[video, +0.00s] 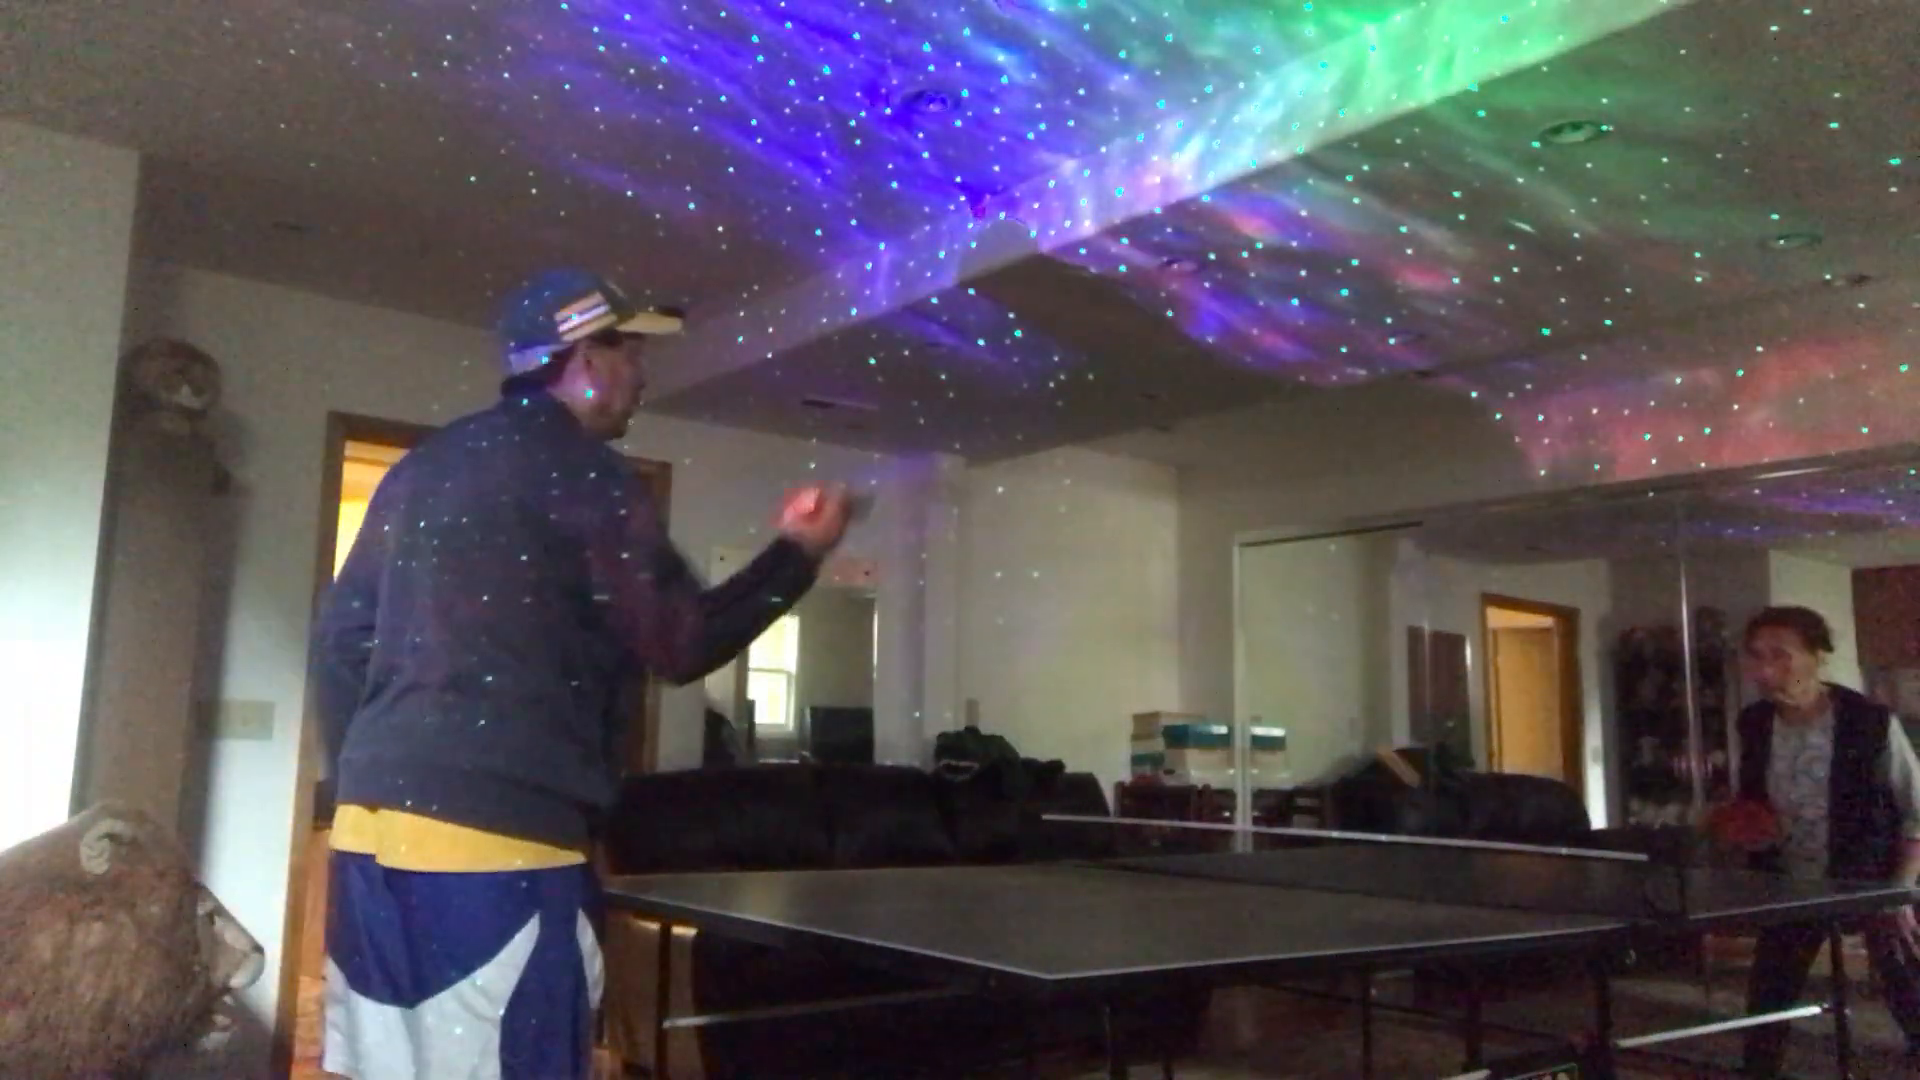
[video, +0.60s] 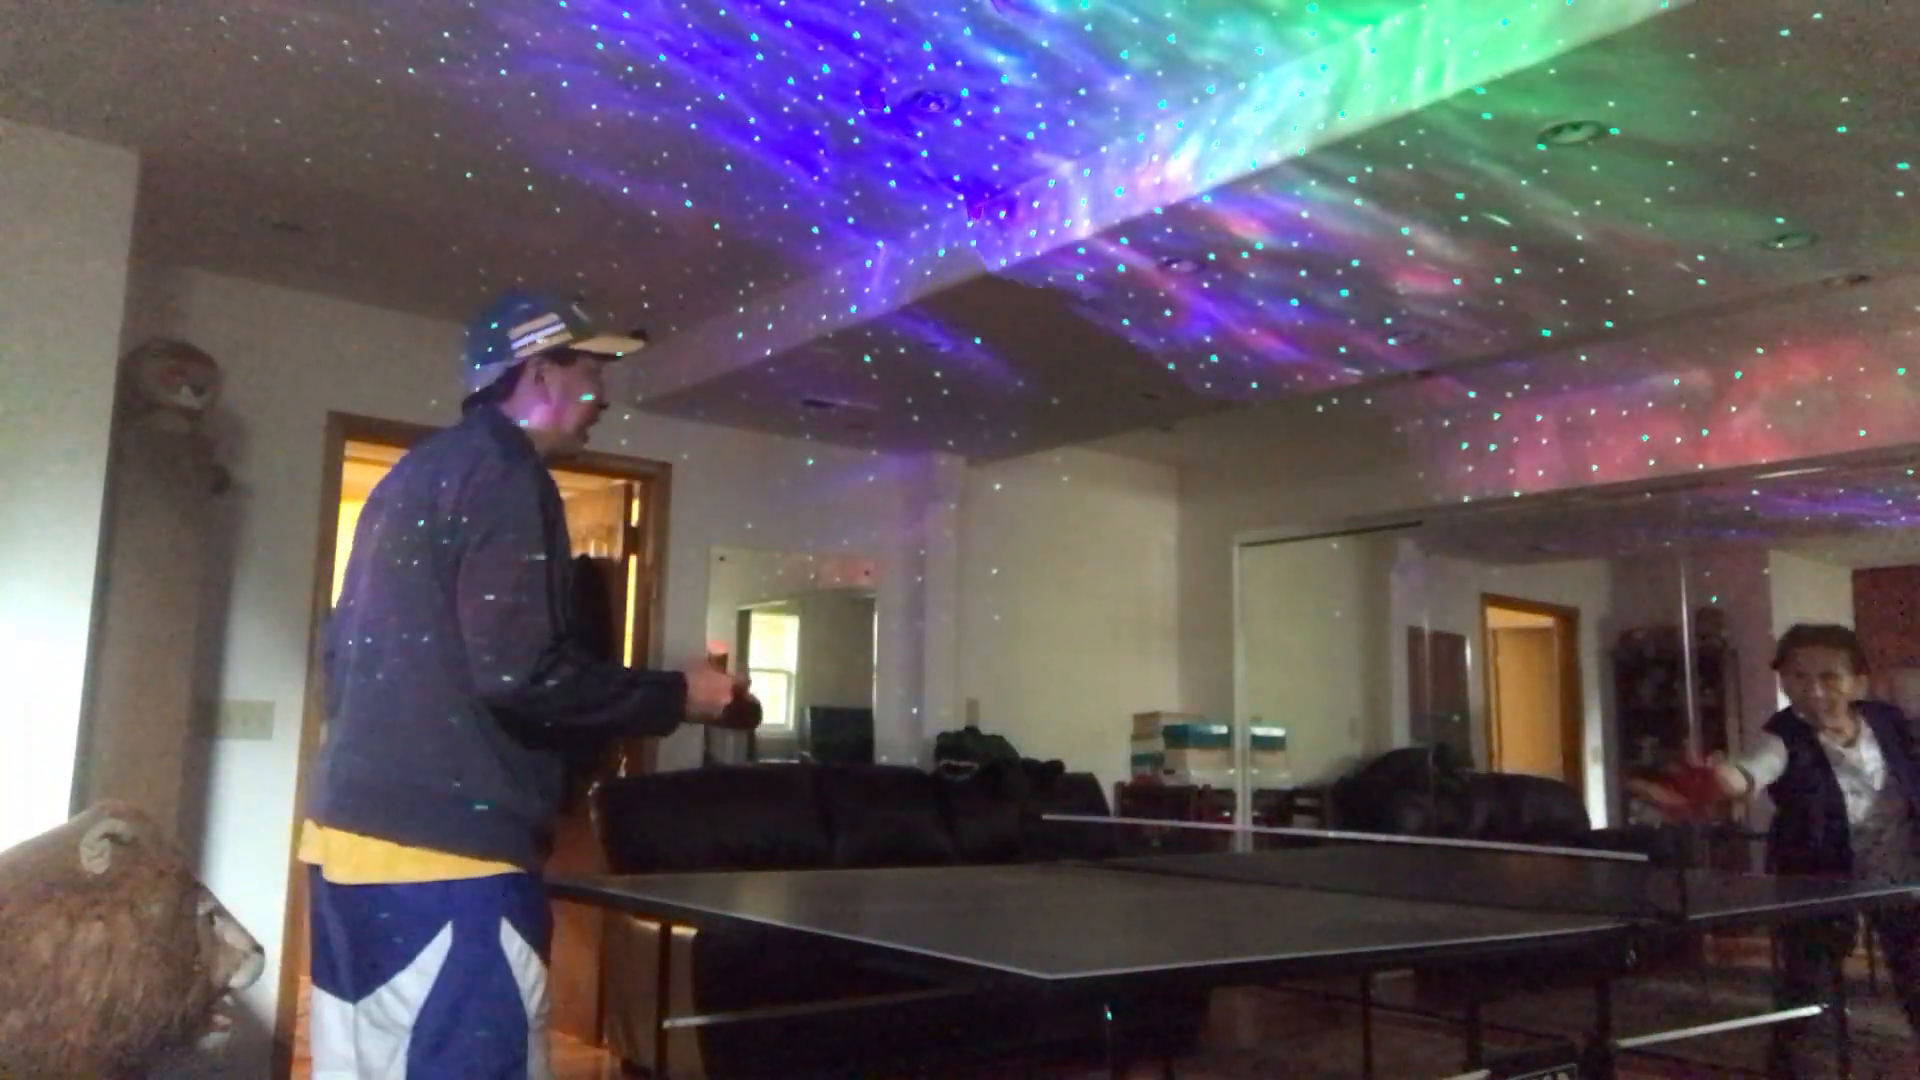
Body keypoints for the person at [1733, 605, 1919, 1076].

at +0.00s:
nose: (1765, 671)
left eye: (1778, 655)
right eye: (1757, 658)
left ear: (1817, 658)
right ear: (1750, 664)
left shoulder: (1871, 722)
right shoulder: (1752, 725)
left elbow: (1913, 812)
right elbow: (1747, 808)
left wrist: (1903, 894)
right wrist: (1742, 828)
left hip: (1869, 888)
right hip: (1790, 889)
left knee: (1908, 993)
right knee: (1766, 1002)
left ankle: (1918, 1053)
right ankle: (1758, 1072)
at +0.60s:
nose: (1814, 690)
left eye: (1829, 678)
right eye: (1800, 677)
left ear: (1859, 683)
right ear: (1784, 683)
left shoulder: (1889, 722)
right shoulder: (1787, 735)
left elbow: (1913, 776)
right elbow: (1752, 768)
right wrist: (1711, 785)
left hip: (1895, 869)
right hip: (1819, 873)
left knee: (1913, 974)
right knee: (1808, 979)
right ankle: (1786, 1053)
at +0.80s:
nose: (1784, 712)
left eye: (1801, 698)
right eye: (1774, 697)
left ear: (1835, 700)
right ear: (1760, 696)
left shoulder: (1873, 733)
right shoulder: (1756, 743)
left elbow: (1900, 790)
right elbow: (1690, 802)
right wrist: (1673, 806)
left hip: (1878, 873)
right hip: (1794, 879)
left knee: (1906, 979)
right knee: (1788, 987)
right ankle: (1768, 1069)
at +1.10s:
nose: (1777, 703)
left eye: (1792, 691)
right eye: (1769, 689)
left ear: (1830, 694)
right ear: (1757, 690)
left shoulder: (1877, 736)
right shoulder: (1746, 746)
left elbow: (1908, 811)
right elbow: (1706, 816)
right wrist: (1719, 840)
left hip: (1868, 871)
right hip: (1785, 876)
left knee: (1908, 957)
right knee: (1788, 966)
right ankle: (1776, 1063)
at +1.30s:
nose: (1797, 681)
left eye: (1813, 667)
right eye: (1789, 667)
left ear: (1857, 675)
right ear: (1780, 675)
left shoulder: (1900, 726)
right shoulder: (1779, 738)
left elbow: (1912, 811)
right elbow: (1782, 810)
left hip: (1896, 879)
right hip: (1819, 884)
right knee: (1807, 983)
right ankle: (1795, 1065)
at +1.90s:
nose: (1773, 665)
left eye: (1784, 648)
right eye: (1768, 652)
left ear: (1827, 645)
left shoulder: (1888, 706)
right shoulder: (1787, 711)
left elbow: (1909, 797)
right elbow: (1769, 796)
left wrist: (1897, 873)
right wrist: (1763, 868)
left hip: (1886, 882)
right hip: (1806, 885)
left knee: (1914, 998)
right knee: (1786, 1006)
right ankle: (1776, 1070)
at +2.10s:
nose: (1788, 652)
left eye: (1800, 640)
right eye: (1789, 639)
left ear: (1843, 640)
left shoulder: (1903, 703)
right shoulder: (1805, 706)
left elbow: (1911, 797)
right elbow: (1787, 762)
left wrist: (1906, 885)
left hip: (1900, 882)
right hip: (1828, 886)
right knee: (1798, 1004)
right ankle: (1783, 1072)